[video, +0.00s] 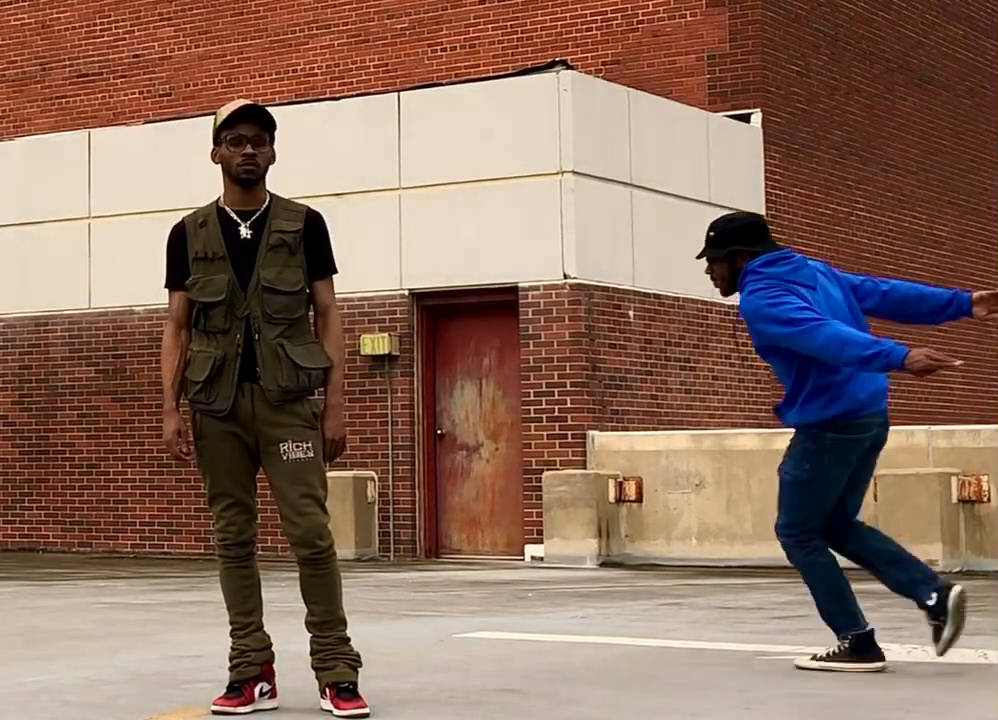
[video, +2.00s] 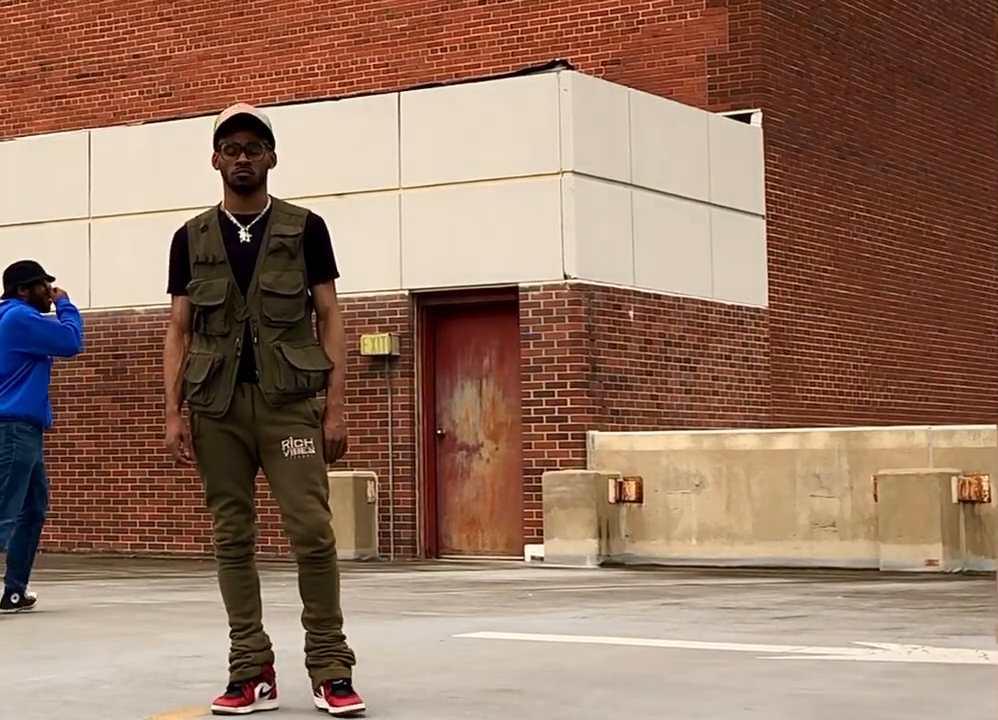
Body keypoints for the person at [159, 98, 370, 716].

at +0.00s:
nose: (248, 150)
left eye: (257, 141)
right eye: (236, 142)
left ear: (273, 151)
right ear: (217, 153)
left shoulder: (304, 224)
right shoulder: (187, 233)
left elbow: (327, 317)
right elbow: (177, 325)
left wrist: (334, 399)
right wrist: (171, 405)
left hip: (289, 403)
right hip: (215, 407)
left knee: (312, 538)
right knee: (233, 540)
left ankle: (336, 672)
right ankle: (249, 669)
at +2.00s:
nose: (242, 158)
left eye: (253, 149)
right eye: (231, 150)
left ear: (272, 158)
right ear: (215, 160)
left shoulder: (304, 227)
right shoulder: (190, 237)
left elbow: (330, 319)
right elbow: (177, 329)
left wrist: (335, 403)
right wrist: (174, 408)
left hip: (290, 403)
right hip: (214, 407)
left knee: (313, 536)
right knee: (232, 540)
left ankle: (331, 669)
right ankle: (250, 668)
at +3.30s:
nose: (327, 192)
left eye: (339, 183)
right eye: (316, 181)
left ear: (352, 193)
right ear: (296, 185)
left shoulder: (371, 262)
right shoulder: (252, 244)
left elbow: (404, 342)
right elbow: (223, 323)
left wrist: (419, 411)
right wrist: (229, 375)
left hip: (329, 424)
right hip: (250, 420)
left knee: (351, 543)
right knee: (224, 540)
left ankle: (326, 676)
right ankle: (258, 662)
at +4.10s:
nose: (294, 169)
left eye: (305, 161)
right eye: (282, 163)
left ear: (323, 175)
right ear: (266, 179)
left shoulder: (358, 245)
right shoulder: (241, 252)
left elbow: (368, 320)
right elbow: (226, 322)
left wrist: (349, 385)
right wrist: (213, 366)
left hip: (338, 414)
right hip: (260, 415)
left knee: (351, 551)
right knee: (236, 544)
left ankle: (330, 677)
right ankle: (248, 672)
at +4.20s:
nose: (299, 156)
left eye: (310, 150)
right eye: (287, 150)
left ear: (324, 165)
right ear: (269, 166)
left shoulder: (356, 231)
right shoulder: (241, 238)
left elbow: (372, 290)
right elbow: (243, 315)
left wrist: (352, 324)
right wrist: (246, 378)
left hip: (338, 404)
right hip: (266, 402)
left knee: (350, 542)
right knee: (241, 539)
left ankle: (331, 675)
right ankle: (251, 668)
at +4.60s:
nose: (290, 163)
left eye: (301, 158)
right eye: (280, 153)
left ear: (311, 172)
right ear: (257, 162)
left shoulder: (321, 232)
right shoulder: (226, 223)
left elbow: (354, 247)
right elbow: (222, 301)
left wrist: (356, 242)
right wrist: (278, 353)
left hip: (318, 398)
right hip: (247, 400)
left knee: (331, 533)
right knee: (247, 541)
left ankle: (329, 671)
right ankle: (252, 670)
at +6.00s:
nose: (267, 201)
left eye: (278, 193)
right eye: (258, 193)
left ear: (297, 198)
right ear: (244, 198)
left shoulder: (320, 235)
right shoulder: (236, 263)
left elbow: (325, 230)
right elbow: (198, 307)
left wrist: (273, 237)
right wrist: (240, 288)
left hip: (316, 407)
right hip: (250, 409)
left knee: (318, 540)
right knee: (217, 522)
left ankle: (320, 655)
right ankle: (223, 637)